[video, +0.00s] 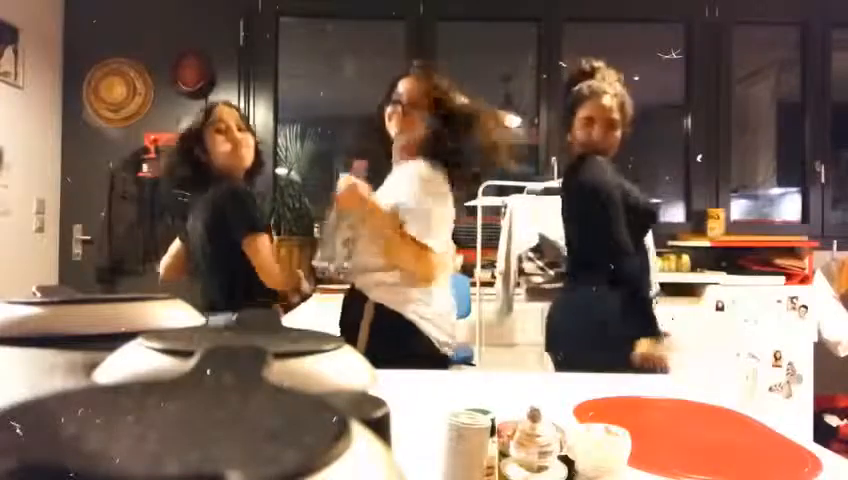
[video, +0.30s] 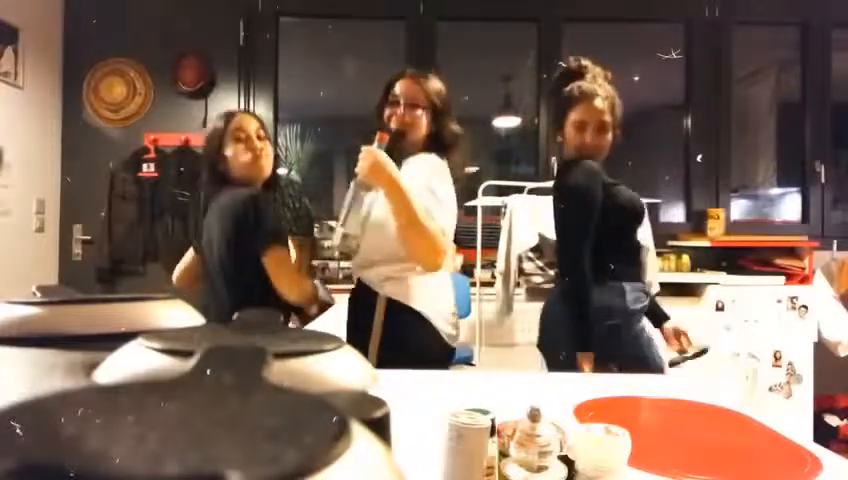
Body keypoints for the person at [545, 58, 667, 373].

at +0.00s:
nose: (598, 134)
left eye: (610, 125)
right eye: (588, 122)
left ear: (622, 131)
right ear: (571, 127)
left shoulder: (577, 174)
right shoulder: (600, 177)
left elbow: (644, 211)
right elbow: (625, 260)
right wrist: (647, 332)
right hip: (606, 319)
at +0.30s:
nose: (591, 138)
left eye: (602, 129)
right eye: (580, 126)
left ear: (614, 135)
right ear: (562, 131)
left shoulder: (593, 176)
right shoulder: (584, 176)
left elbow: (619, 267)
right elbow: (575, 266)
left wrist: (662, 321)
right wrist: (583, 346)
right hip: (610, 318)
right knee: (661, 405)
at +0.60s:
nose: (594, 137)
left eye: (603, 126)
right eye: (582, 125)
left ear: (613, 129)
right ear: (561, 127)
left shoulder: (564, 173)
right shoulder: (590, 174)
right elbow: (595, 264)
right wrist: (613, 338)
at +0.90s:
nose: (601, 134)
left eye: (610, 124)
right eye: (590, 123)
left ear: (619, 127)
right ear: (566, 124)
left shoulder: (566, 181)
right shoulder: (590, 187)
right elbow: (605, 279)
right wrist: (645, 352)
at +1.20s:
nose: (606, 137)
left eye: (615, 127)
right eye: (594, 125)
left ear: (623, 129)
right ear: (566, 127)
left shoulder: (563, 187)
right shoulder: (593, 194)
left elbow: (574, 274)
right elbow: (605, 284)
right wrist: (642, 355)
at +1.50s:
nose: (604, 141)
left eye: (611, 131)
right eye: (592, 129)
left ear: (618, 133)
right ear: (563, 131)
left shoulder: (557, 182)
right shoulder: (589, 179)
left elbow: (565, 267)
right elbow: (596, 270)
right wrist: (616, 353)